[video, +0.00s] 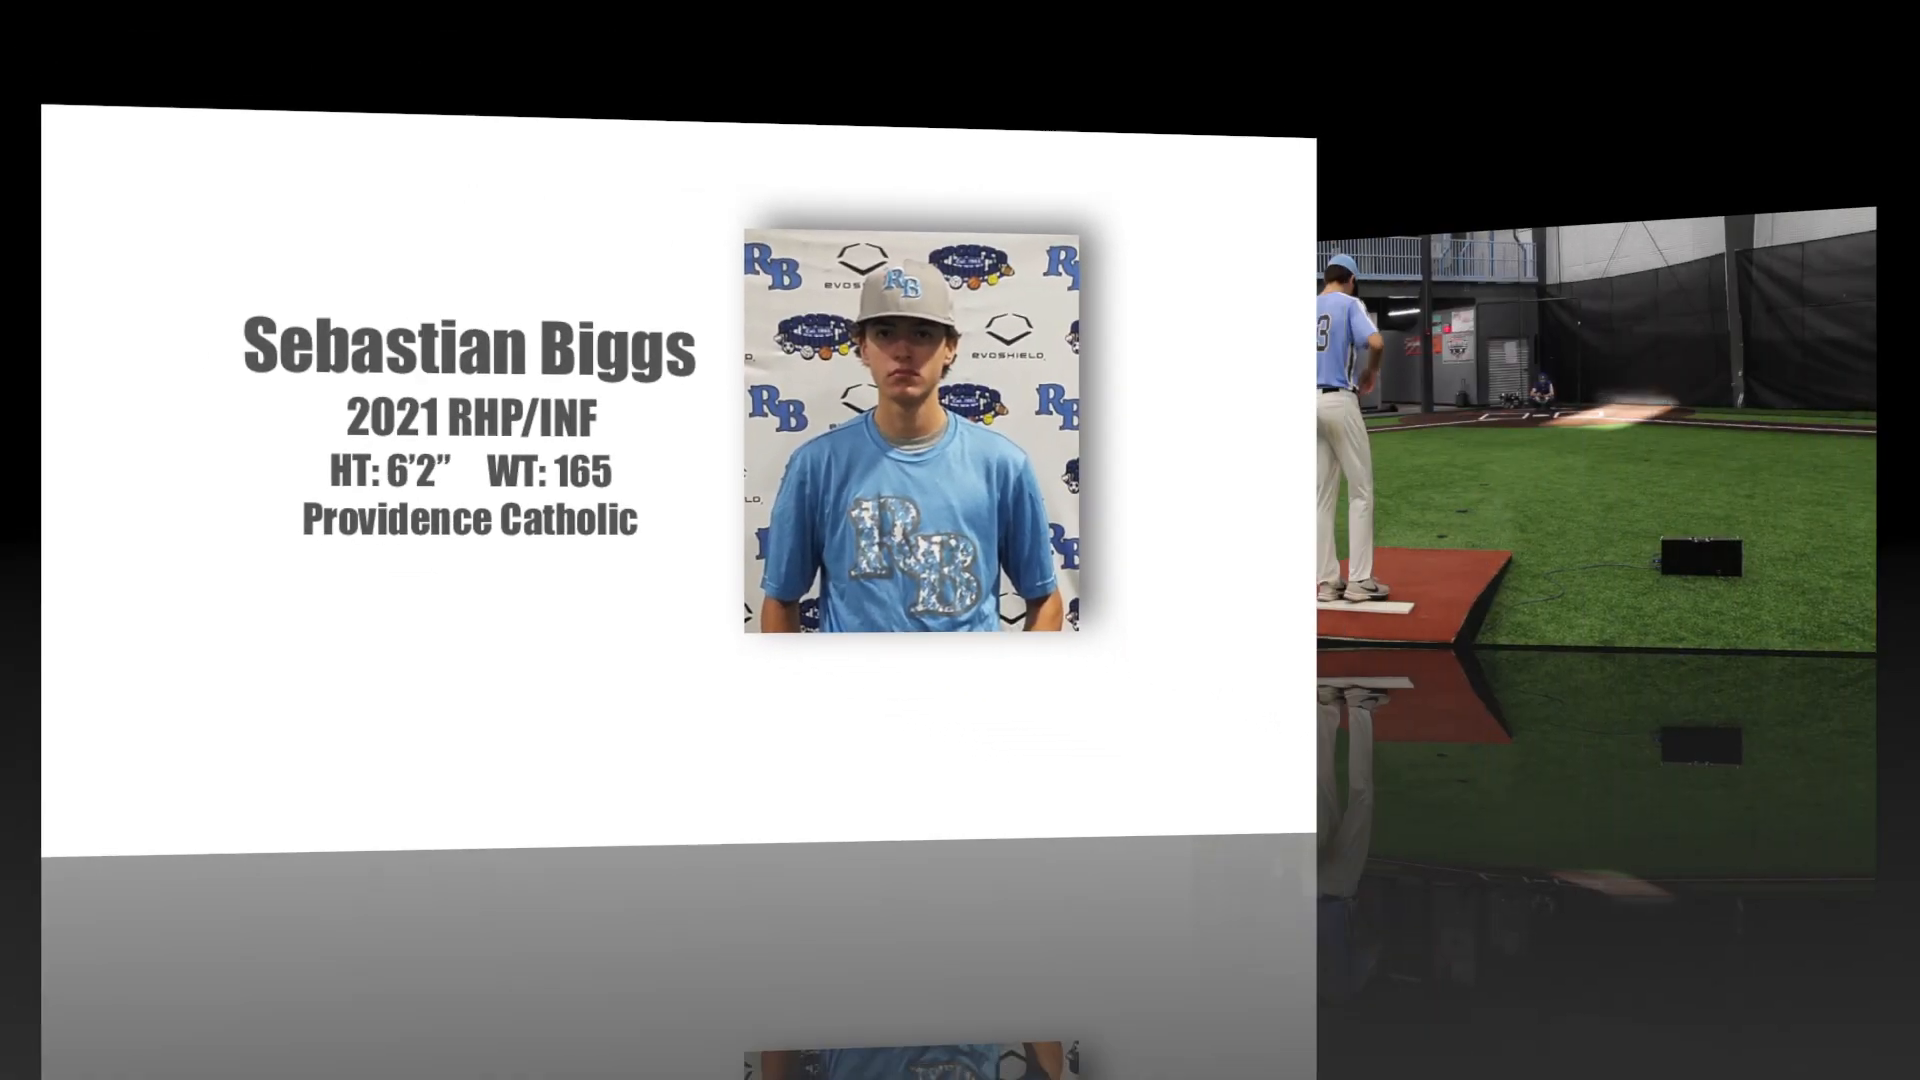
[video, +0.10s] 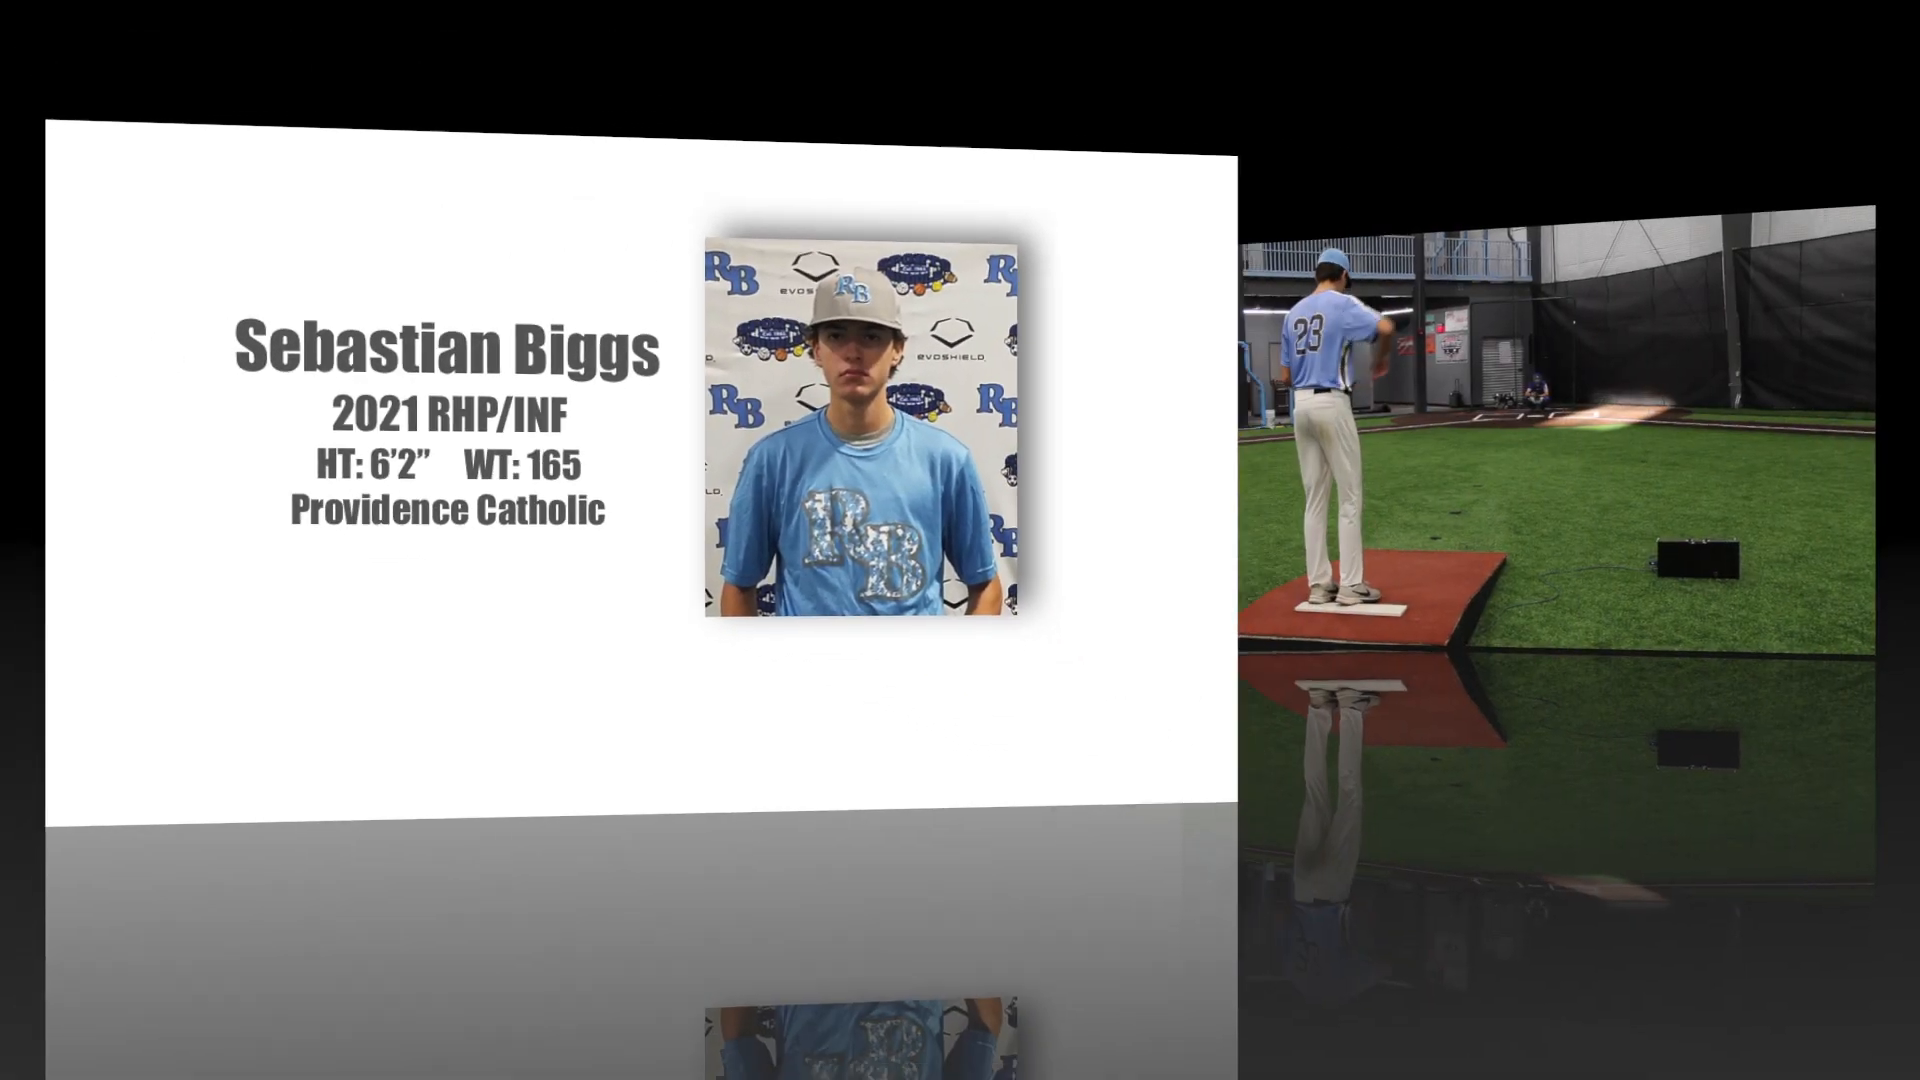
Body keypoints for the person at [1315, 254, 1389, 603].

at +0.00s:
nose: (1355, 289)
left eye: (1353, 285)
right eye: (1355, 285)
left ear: (1325, 280)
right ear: (1350, 281)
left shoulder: (1309, 304)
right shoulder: (1348, 303)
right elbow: (1375, 342)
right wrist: (1369, 376)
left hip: (1308, 400)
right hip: (1337, 400)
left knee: (1321, 495)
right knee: (1361, 492)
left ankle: (1326, 581)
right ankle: (1360, 580)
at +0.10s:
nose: (1347, 283)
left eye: (1345, 279)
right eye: (1348, 278)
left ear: (1316, 276)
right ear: (1341, 277)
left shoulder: (1293, 313)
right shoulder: (1342, 303)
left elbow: (1286, 375)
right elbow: (1386, 327)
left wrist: (1316, 364)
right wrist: (1381, 360)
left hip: (1301, 406)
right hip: (1333, 404)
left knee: (1315, 497)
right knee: (1350, 497)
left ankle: (1319, 584)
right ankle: (1351, 585)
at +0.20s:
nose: (1337, 278)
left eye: (1335, 274)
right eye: (1337, 273)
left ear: (1305, 272)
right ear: (1333, 271)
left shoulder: (1283, 310)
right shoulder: (1336, 300)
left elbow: (1277, 371)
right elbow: (1391, 302)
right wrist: (1396, 335)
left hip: (1288, 405)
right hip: (1320, 403)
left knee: (1301, 501)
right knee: (1333, 501)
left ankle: (1306, 589)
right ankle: (1338, 590)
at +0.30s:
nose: (1324, 269)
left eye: (1319, 263)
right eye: (1323, 264)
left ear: (1290, 266)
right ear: (1319, 265)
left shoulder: (1269, 305)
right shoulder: (1321, 298)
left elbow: (1264, 363)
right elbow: (1386, 290)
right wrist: (1415, 311)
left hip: (1270, 406)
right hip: (1302, 404)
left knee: (1284, 505)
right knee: (1315, 504)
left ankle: (1288, 592)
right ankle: (1318, 594)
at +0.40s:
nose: (1306, 263)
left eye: (1303, 257)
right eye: (1305, 258)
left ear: (1270, 262)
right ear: (1300, 260)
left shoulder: (1250, 301)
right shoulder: (1300, 298)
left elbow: (1267, 341)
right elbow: (1360, 312)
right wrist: (1405, 293)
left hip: (1250, 407)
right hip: (1282, 406)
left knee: (1263, 506)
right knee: (1294, 507)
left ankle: (1266, 600)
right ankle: (1296, 600)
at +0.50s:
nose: (1282, 255)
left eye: (1274, 250)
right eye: (1281, 250)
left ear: (1246, 256)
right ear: (1278, 254)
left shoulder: (1227, 297)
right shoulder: (1282, 300)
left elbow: (1258, 340)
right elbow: (1332, 339)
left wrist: (1301, 321)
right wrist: (1356, 298)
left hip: (1227, 407)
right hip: (1262, 408)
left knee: (1238, 510)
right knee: (1270, 511)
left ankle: (1240, 606)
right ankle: (1271, 608)